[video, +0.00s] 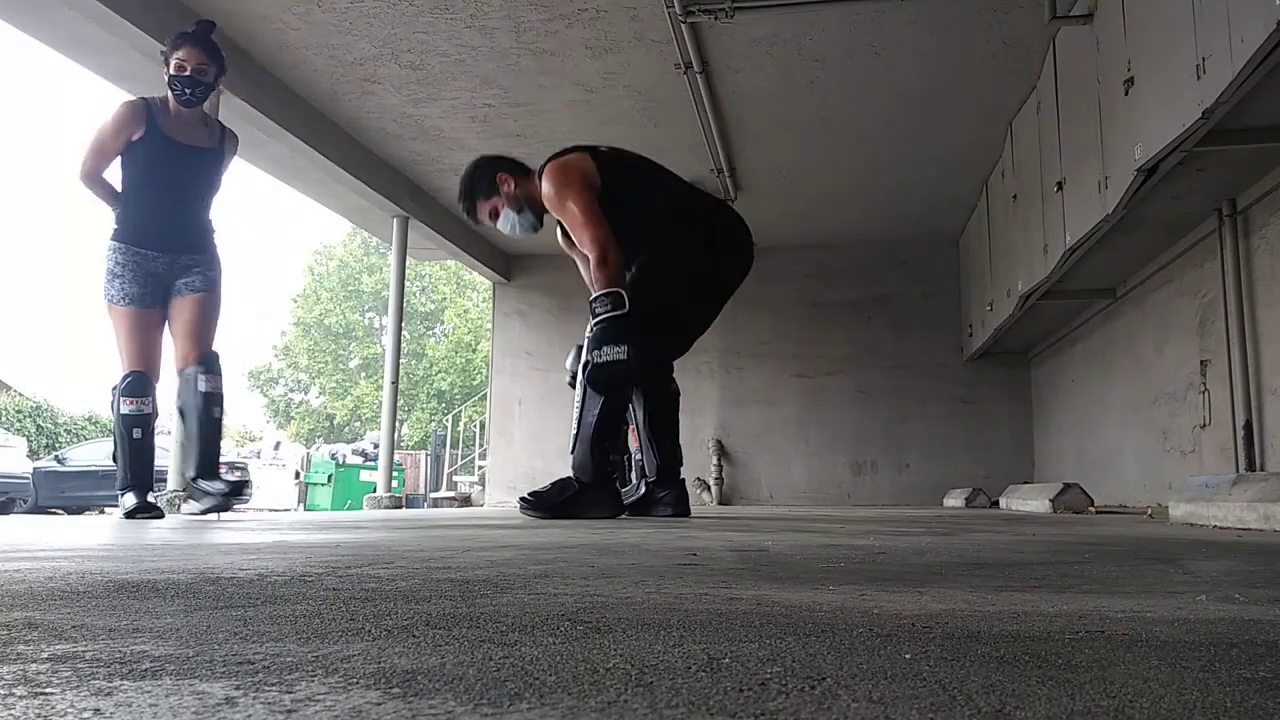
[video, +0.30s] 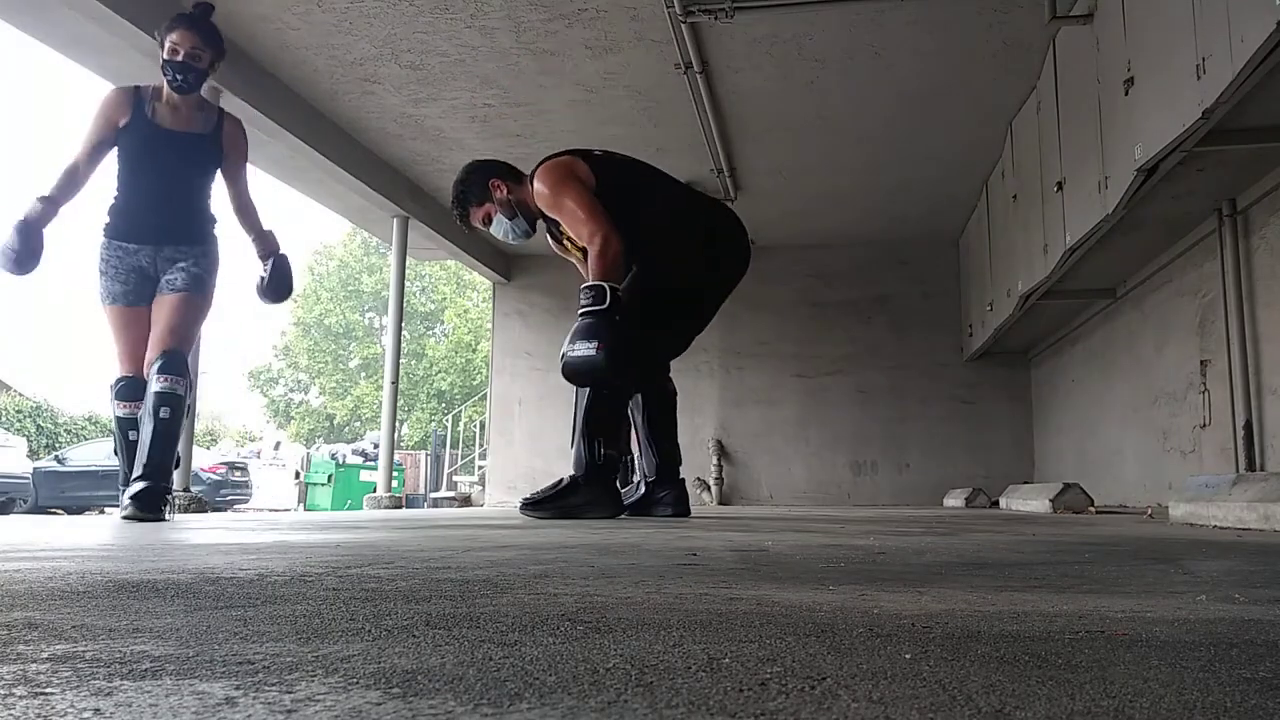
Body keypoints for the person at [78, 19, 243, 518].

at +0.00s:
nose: (188, 77)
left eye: (200, 70)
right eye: (180, 66)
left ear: (216, 79)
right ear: (166, 69)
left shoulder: (226, 141)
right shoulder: (137, 113)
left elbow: (204, 197)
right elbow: (90, 172)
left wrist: (188, 223)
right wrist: (128, 210)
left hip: (196, 258)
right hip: (135, 255)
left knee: (200, 366)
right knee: (139, 378)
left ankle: (205, 479)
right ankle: (137, 492)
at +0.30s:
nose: (182, 61)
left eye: (196, 54)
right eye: (174, 50)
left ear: (212, 64)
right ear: (161, 52)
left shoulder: (226, 128)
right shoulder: (124, 102)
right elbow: (80, 167)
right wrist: (39, 214)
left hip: (191, 251)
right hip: (124, 249)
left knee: (167, 361)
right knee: (131, 374)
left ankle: (150, 485)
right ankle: (136, 490)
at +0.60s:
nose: (160, 32)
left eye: (175, 24)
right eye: (152, 20)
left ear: (198, 34)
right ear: (142, 23)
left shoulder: (214, 94)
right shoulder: (114, 82)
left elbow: (228, 176)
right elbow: (86, 151)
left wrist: (201, 195)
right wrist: (66, 155)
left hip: (178, 233)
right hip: (114, 228)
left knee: (166, 359)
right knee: (79, 359)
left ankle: (150, 490)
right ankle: (121, 465)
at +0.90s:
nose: (122, 9)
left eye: (138, 3)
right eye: (114, 1)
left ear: (161, 10)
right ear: (101, 7)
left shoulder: (178, 73)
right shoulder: (73, 63)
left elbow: (202, 156)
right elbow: (38, 145)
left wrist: (165, 147)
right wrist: (53, 114)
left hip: (151, 220)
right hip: (81, 216)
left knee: (149, 356)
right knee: (35, 353)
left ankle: (147, 489)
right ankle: (1, 479)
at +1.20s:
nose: (71, 1)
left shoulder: (124, 45)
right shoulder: (13, 32)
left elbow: (171, 128)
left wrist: (123, 129)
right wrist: (30, 89)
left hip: (99, 203)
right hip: (22, 197)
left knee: (101, 338)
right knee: (8, 340)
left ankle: (140, 476)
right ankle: (2, 478)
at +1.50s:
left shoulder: (117, 32)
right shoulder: (9, 20)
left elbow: (152, 123)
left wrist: (128, 130)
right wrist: (6, 88)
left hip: (90, 196)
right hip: (14, 192)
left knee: (79, 341)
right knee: (6, 343)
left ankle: (62, 484)